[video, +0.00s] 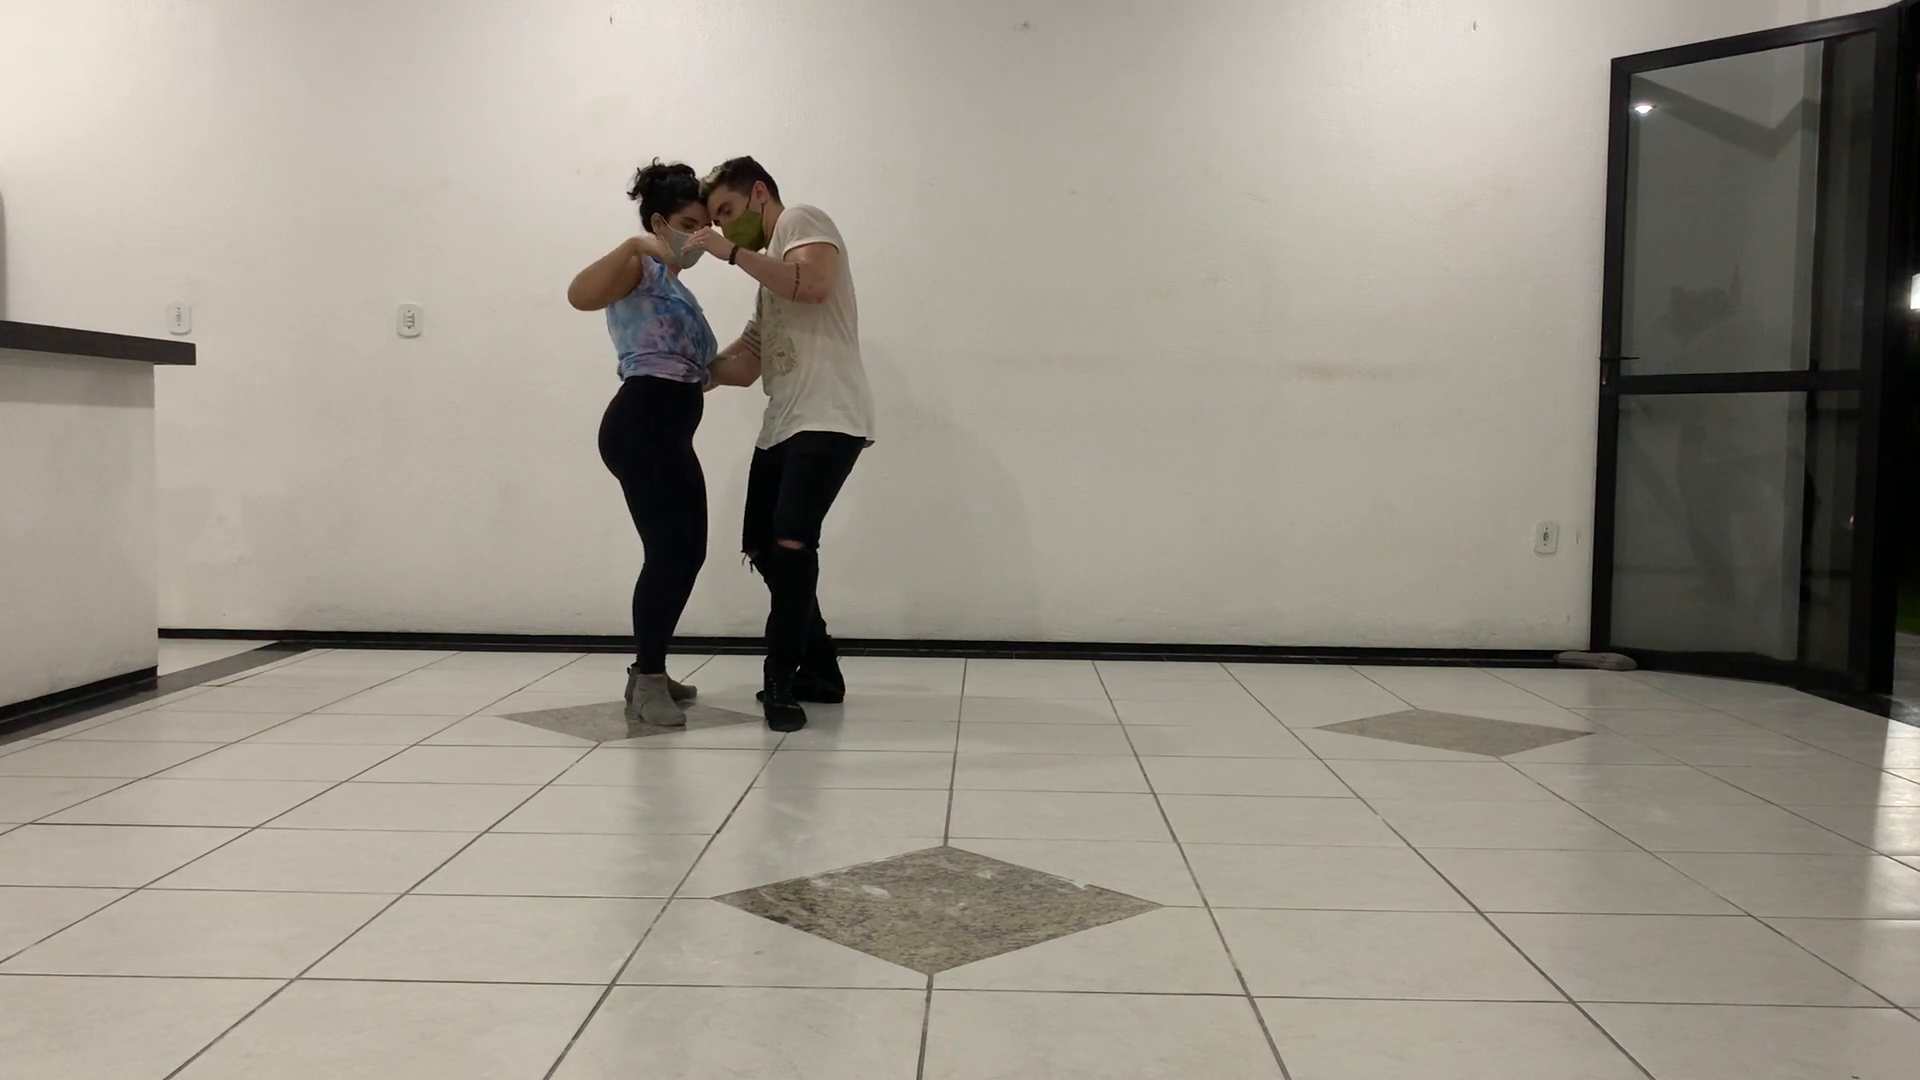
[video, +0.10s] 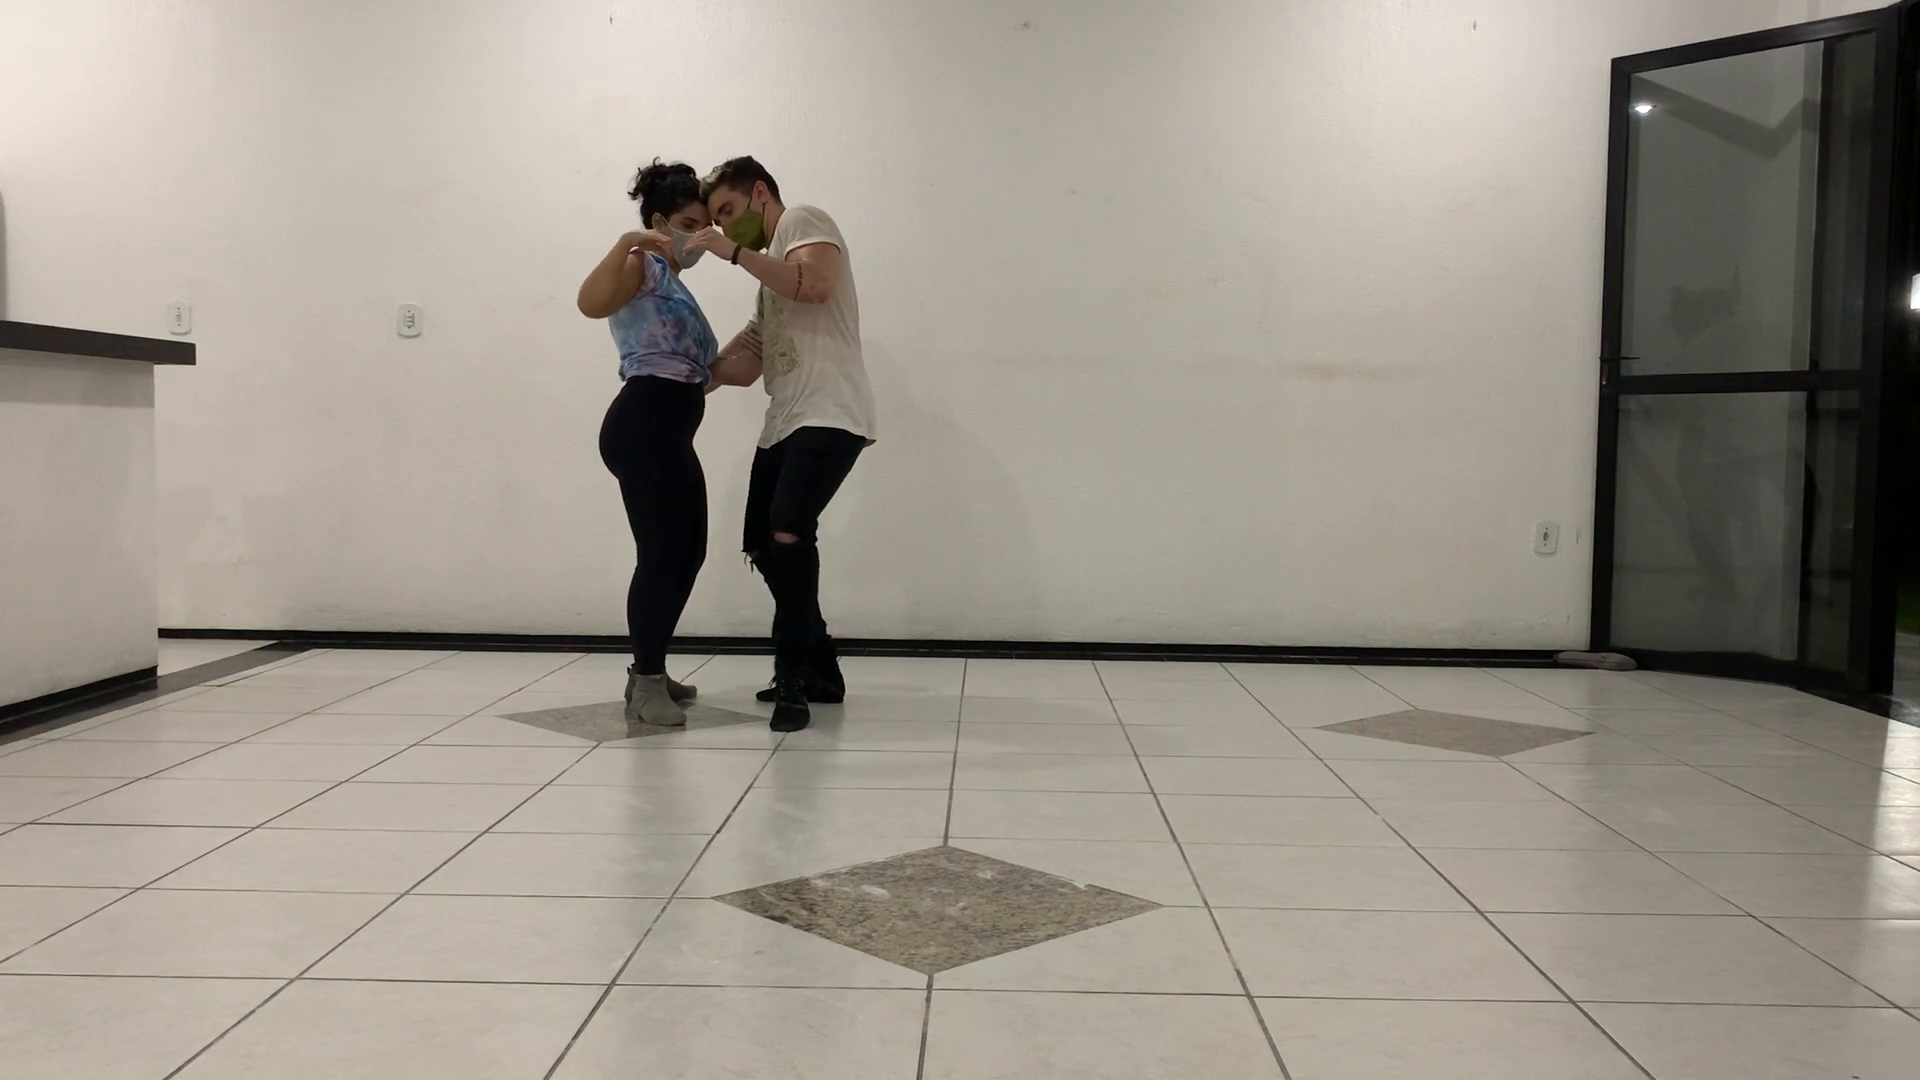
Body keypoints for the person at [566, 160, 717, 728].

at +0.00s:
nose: (700, 237)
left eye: (704, 226)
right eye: (691, 224)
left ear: (700, 230)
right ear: (658, 220)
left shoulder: (680, 296)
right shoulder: (638, 265)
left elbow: (720, 371)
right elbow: (580, 296)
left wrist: (758, 348)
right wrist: (631, 247)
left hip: (671, 426)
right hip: (641, 422)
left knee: (688, 552)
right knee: (669, 551)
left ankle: (652, 670)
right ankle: (645, 679)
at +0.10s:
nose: (700, 236)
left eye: (703, 225)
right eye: (692, 224)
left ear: (685, 232)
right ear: (663, 221)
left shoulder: (670, 279)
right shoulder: (639, 264)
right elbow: (591, 304)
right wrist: (625, 243)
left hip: (670, 424)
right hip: (644, 421)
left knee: (687, 551)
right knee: (662, 551)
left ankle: (651, 671)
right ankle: (644, 682)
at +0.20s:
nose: (700, 236)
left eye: (704, 225)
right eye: (692, 223)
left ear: (696, 231)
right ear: (661, 223)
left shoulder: (675, 283)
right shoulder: (639, 265)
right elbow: (599, 310)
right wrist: (626, 245)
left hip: (670, 424)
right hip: (643, 422)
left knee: (686, 552)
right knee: (664, 552)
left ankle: (651, 670)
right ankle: (644, 681)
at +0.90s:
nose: (711, 221)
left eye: (716, 209)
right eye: (698, 209)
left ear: (720, 208)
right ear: (668, 210)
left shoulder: (698, 278)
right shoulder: (641, 270)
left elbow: (704, 358)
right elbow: (622, 351)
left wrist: (743, 335)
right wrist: (617, 296)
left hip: (680, 423)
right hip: (642, 419)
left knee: (688, 543)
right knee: (677, 537)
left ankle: (655, 665)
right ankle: (650, 668)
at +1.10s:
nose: (712, 212)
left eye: (715, 199)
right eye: (698, 200)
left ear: (717, 198)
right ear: (664, 202)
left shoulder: (693, 268)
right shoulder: (644, 268)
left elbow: (709, 334)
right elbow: (623, 348)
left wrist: (755, 324)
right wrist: (618, 394)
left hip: (684, 420)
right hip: (649, 419)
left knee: (691, 545)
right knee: (669, 547)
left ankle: (651, 667)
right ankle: (650, 679)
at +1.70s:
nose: (683, 213)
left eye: (687, 202)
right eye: (674, 201)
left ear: (656, 194)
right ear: (635, 193)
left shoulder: (633, 258)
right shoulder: (608, 244)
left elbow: (660, 353)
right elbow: (548, 296)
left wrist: (708, 311)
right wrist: (598, 380)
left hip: (611, 419)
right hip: (612, 418)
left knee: (653, 552)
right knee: (670, 550)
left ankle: (578, 664)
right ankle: (633, 688)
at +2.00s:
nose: (660, 221)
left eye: (665, 210)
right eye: (654, 209)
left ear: (625, 201)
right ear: (616, 200)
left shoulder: (609, 271)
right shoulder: (572, 245)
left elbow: (622, 354)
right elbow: (490, 286)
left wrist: (677, 309)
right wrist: (528, 374)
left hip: (527, 419)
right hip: (549, 417)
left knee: (560, 558)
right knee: (613, 547)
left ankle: (526, 694)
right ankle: (624, 693)